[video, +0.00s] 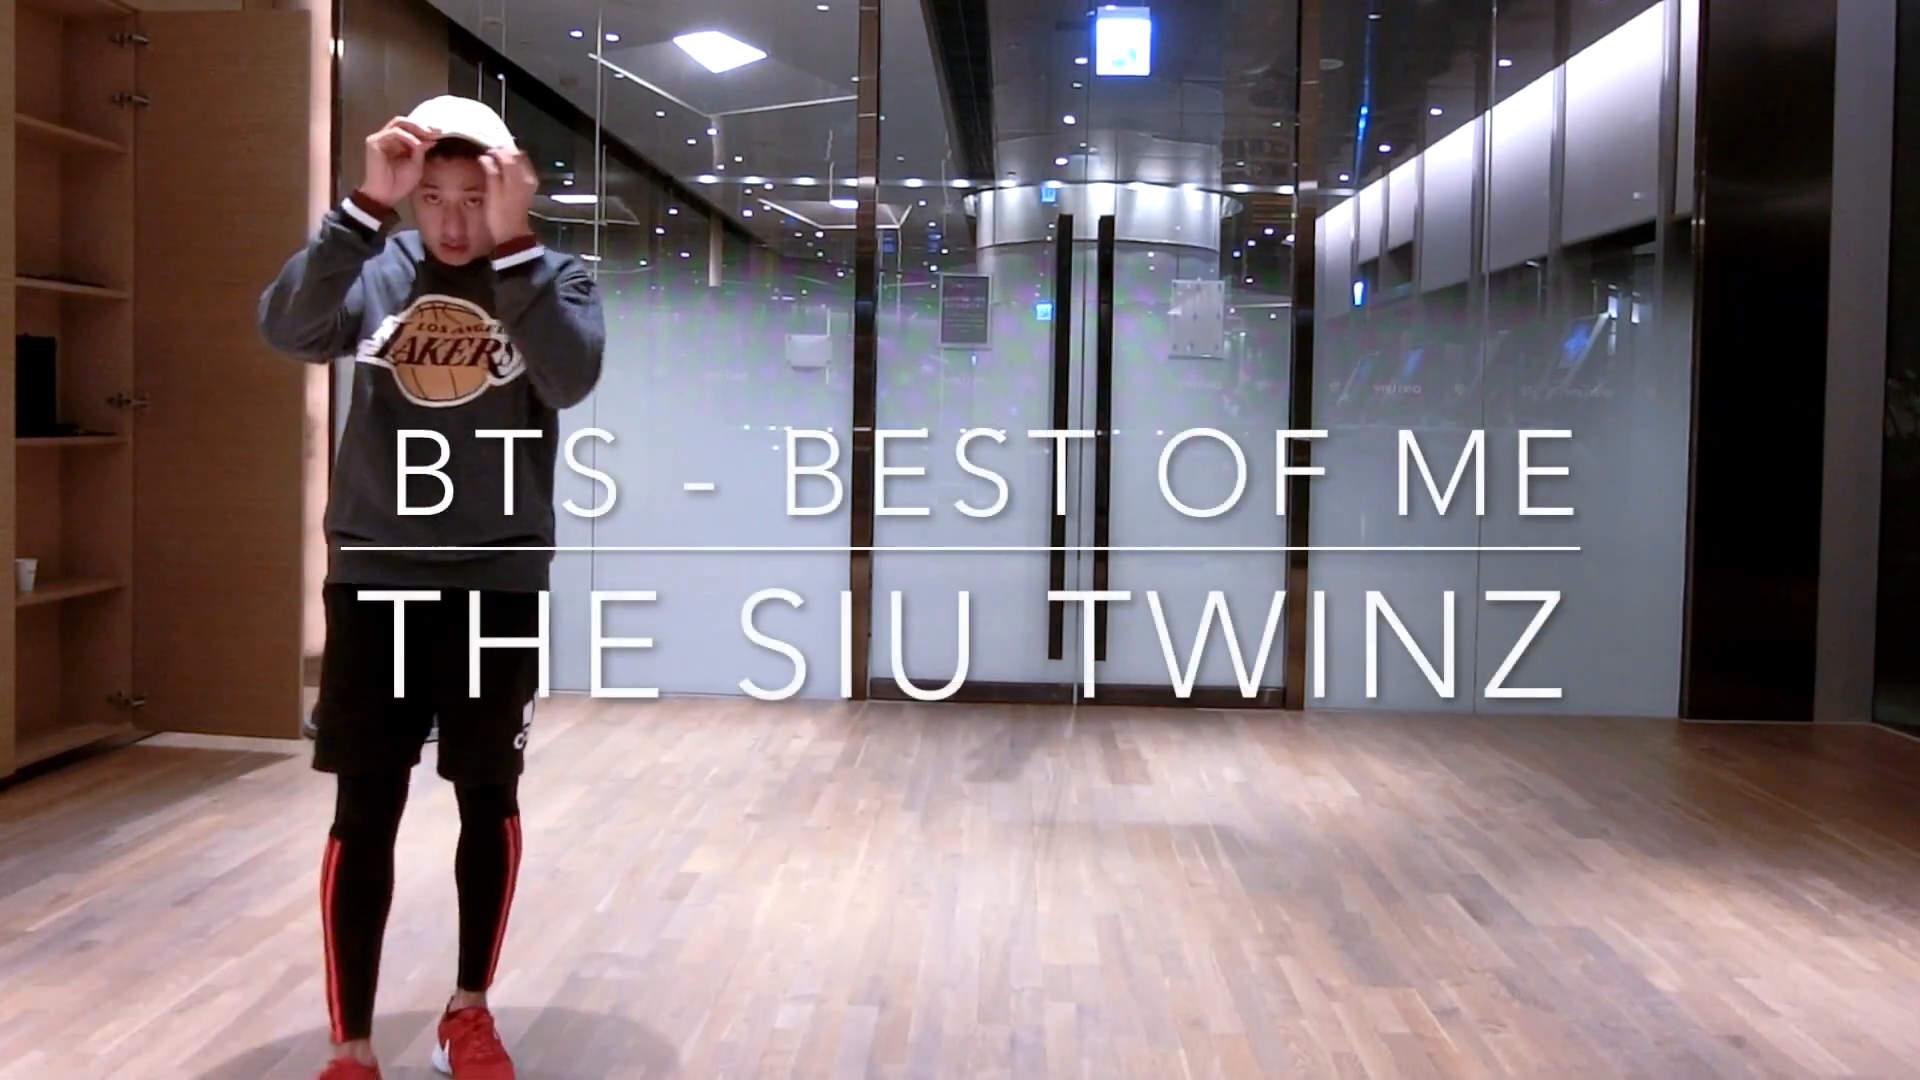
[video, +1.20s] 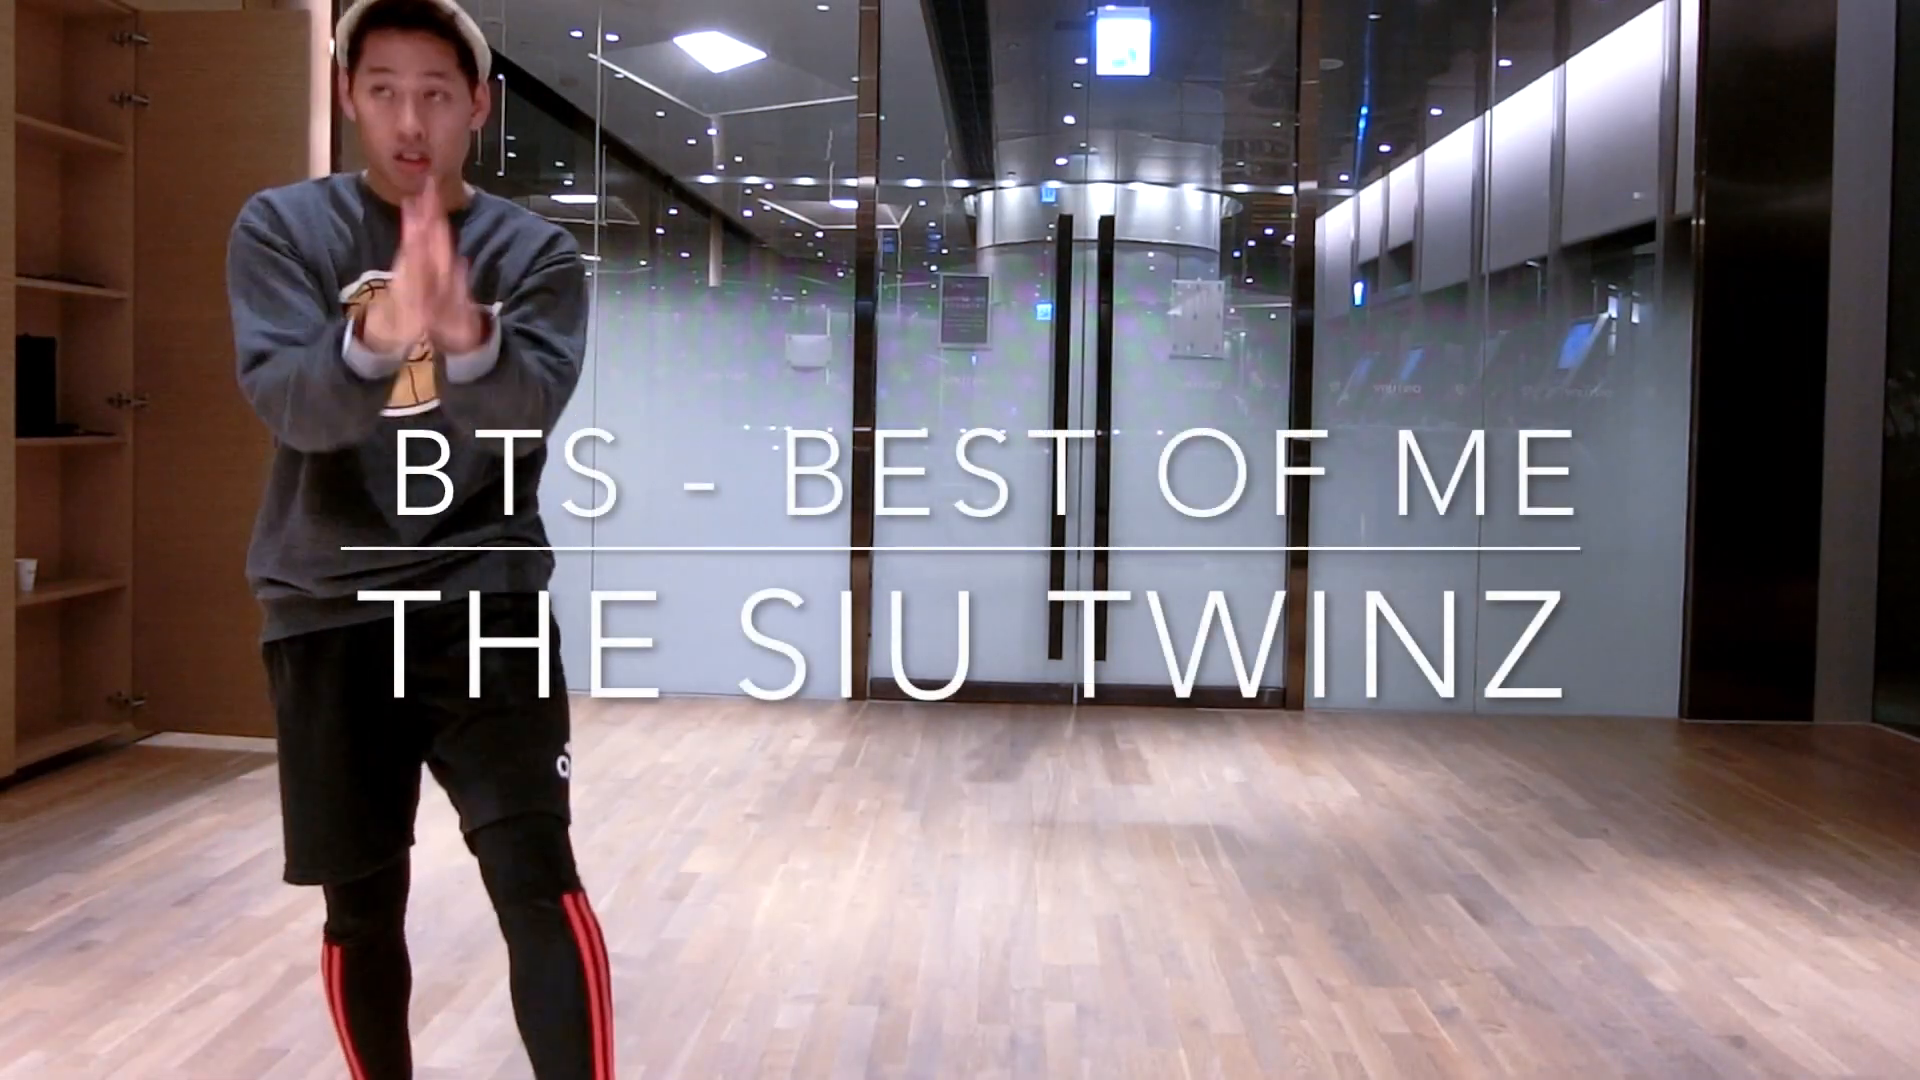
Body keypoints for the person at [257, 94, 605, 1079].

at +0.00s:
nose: (451, 210)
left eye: (469, 190)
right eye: (435, 194)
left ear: (503, 196)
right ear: (407, 202)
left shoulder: (550, 278)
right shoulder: (375, 276)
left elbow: (570, 380)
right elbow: (287, 328)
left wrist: (516, 243)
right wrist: (367, 208)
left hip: (500, 575)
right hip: (379, 573)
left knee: (489, 801)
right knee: (366, 807)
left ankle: (470, 1010)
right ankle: (351, 1049)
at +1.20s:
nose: (409, 119)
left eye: (435, 94)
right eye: (383, 92)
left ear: (476, 112)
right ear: (350, 108)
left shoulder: (532, 246)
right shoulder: (282, 225)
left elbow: (535, 400)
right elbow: (283, 397)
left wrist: (462, 342)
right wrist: (376, 336)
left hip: (487, 590)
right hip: (330, 604)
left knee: (535, 883)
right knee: (360, 906)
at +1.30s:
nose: (406, 97)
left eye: (433, 71)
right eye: (380, 70)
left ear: (480, 94)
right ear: (350, 91)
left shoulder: (545, 253)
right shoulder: (286, 229)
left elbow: (536, 414)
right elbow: (287, 381)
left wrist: (473, 511)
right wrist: (362, 491)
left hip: (494, 602)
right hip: (332, 613)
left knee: (533, 890)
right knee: (360, 904)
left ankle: (573, 1078)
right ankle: (382, 1078)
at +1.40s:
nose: (401, 85)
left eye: (430, 59)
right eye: (377, 58)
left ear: (485, 88)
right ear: (349, 83)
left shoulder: (555, 265)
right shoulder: (296, 251)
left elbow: (567, 477)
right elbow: (282, 465)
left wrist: (556, 672)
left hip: (497, 635)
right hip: (345, 639)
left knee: (528, 942)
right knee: (364, 929)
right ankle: (385, 1079)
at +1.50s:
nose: (406, 72)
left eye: (437, 44)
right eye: (383, 45)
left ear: (497, 76)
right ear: (356, 77)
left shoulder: (579, 268)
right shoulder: (306, 262)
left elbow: (623, 494)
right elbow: (254, 496)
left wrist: (674, 698)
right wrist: (206, 714)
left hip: (508, 674)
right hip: (343, 671)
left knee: (524, 979)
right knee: (368, 947)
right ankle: (385, 1079)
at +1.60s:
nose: (426, 42)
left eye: (459, 19)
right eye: (405, 20)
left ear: (526, 56)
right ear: (380, 51)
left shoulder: (613, 258)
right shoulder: (323, 247)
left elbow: (695, 463)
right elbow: (242, 458)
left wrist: (777, 620)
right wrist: (153, 630)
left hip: (535, 673)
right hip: (362, 668)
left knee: (555, 990)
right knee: (376, 958)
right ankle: (384, 1079)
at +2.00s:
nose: (591, 11)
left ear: (685, 17)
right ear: (526, 21)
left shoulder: (754, 243)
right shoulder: (431, 204)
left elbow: (833, 489)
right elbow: (323, 444)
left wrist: (909, 718)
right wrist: (221, 672)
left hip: (636, 692)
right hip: (441, 687)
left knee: (618, 1031)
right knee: (396, 1022)